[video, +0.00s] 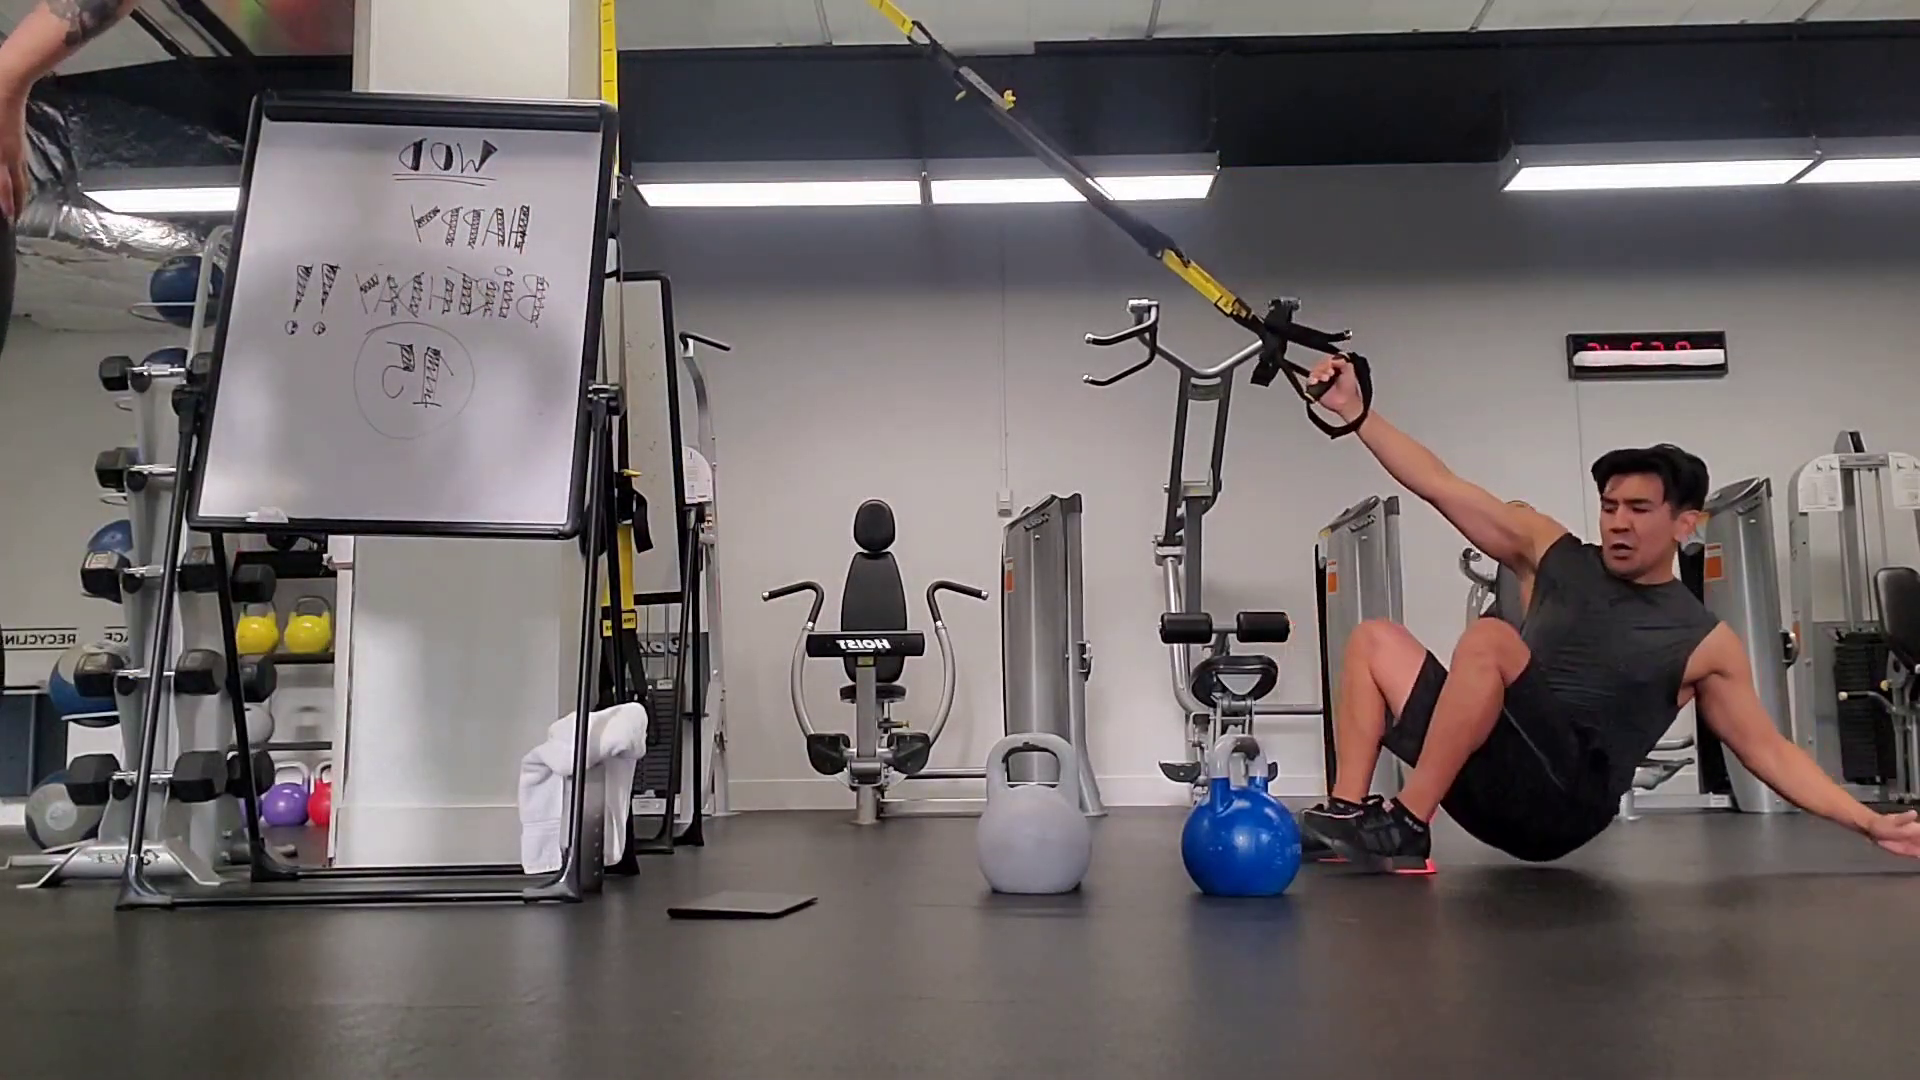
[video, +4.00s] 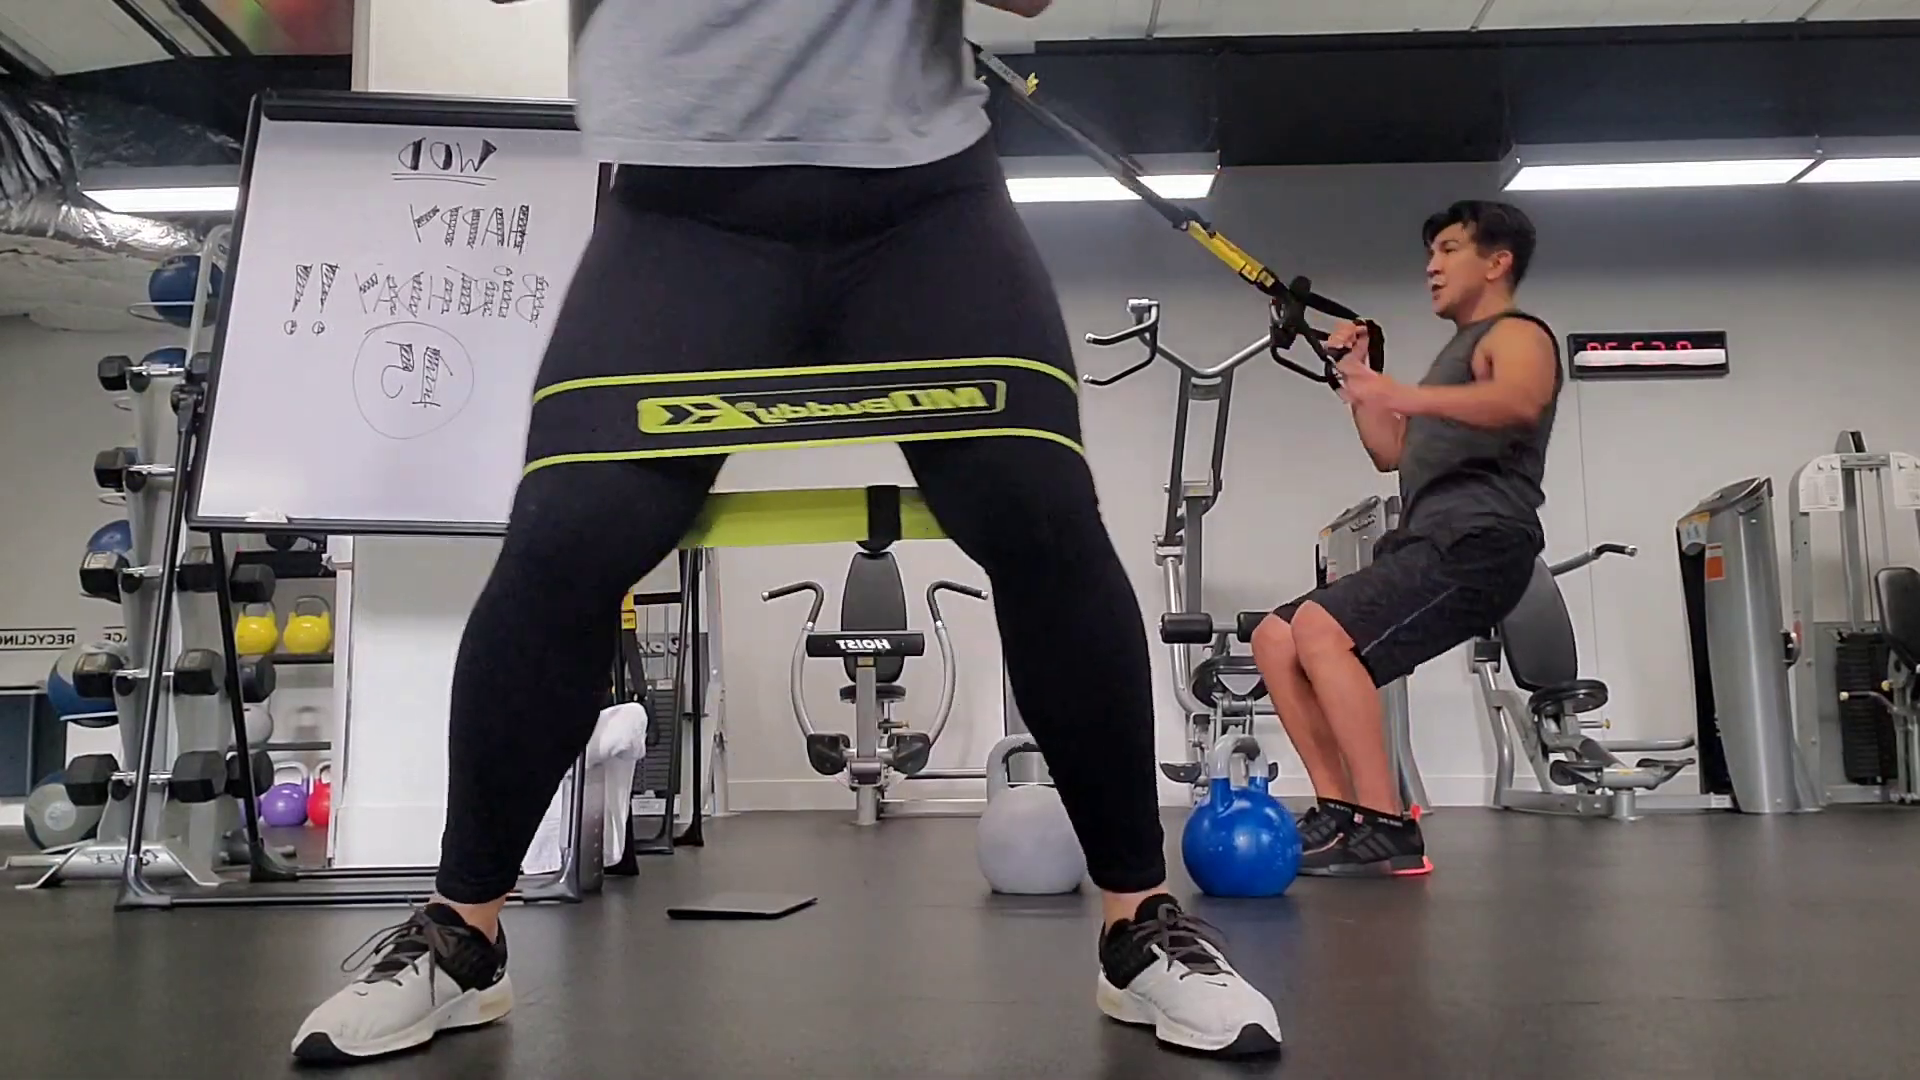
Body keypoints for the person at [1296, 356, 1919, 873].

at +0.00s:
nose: (1616, 523)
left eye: (1638, 509)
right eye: (1609, 507)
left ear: (1687, 523)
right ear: (1598, 511)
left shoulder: (1706, 642)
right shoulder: (1548, 549)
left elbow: (1767, 751)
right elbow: (1440, 486)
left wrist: (1870, 822)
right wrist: (1357, 416)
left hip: (1567, 799)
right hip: (1480, 767)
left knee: (1492, 637)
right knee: (1374, 640)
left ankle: (1409, 823)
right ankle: (1347, 814)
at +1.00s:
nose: (1351, 163)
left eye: (1360, 151)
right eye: (1357, 153)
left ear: (1391, 152)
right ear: (1419, 167)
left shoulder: (1344, 202)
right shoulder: (1453, 257)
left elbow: (1221, 169)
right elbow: (1462, 390)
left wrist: (1113, 124)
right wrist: (1360, 350)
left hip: (1361, 431)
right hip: (1406, 437)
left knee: (1373, 617)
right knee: (1347, 620)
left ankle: (1388, 819)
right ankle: (1349, 806)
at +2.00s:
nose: (1548, 410)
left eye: (1564, 394)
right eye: (1547, 397)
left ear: (1622, 404)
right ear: (1552, 407)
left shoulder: (1663, 510)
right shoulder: (1524, 479)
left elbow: (1734, 612)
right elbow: (1416, 470)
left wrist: (1780, 676)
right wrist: (1362, 397)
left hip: (1547, 695)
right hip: (1481, 682)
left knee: (1382, 620)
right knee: (1308, 639)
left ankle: (1395, 824)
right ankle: (1341, 811)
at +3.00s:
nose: (1403, 193)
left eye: (1412, 180)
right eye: (1406, 181)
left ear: (1454, 178)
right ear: (1467, 187)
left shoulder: (1448, 226)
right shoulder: (1478, 266)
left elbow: (1332, 200)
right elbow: (1442, 366)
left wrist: (1222, 152)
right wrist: (1378, 342)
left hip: (1429, 438)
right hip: (1399, 442)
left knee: (1356, 614)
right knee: (1325, 620)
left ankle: (1390, 820)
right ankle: (1345, 807)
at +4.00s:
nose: (1432, 264)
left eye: (1449, 248)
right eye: (1432, 253)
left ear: (1499, 262)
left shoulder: (1518, 331)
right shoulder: (1454, 360)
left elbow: (1521, 402)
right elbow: (1392, 452)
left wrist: (1399, 398)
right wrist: (1357, 378)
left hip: (1479, 542)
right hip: (1427, 544)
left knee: (1320, 629)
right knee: (1273, 638)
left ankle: (1386, 823)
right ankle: (1342, 812)